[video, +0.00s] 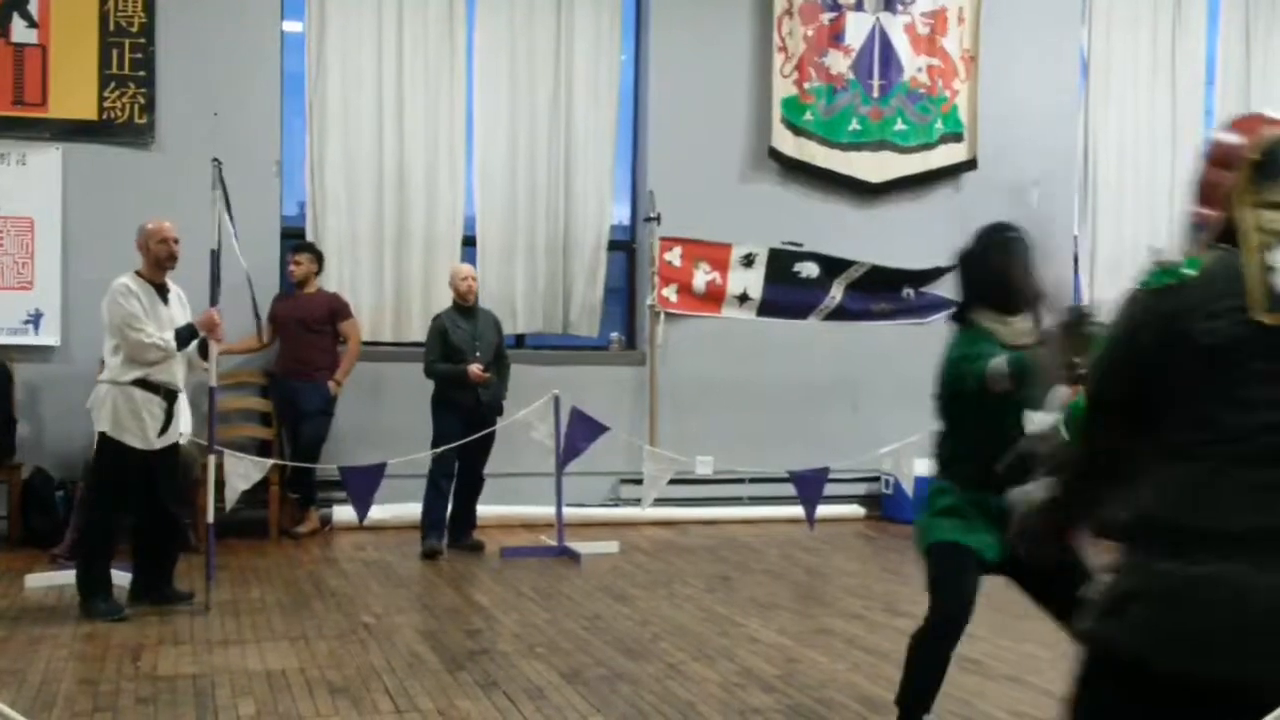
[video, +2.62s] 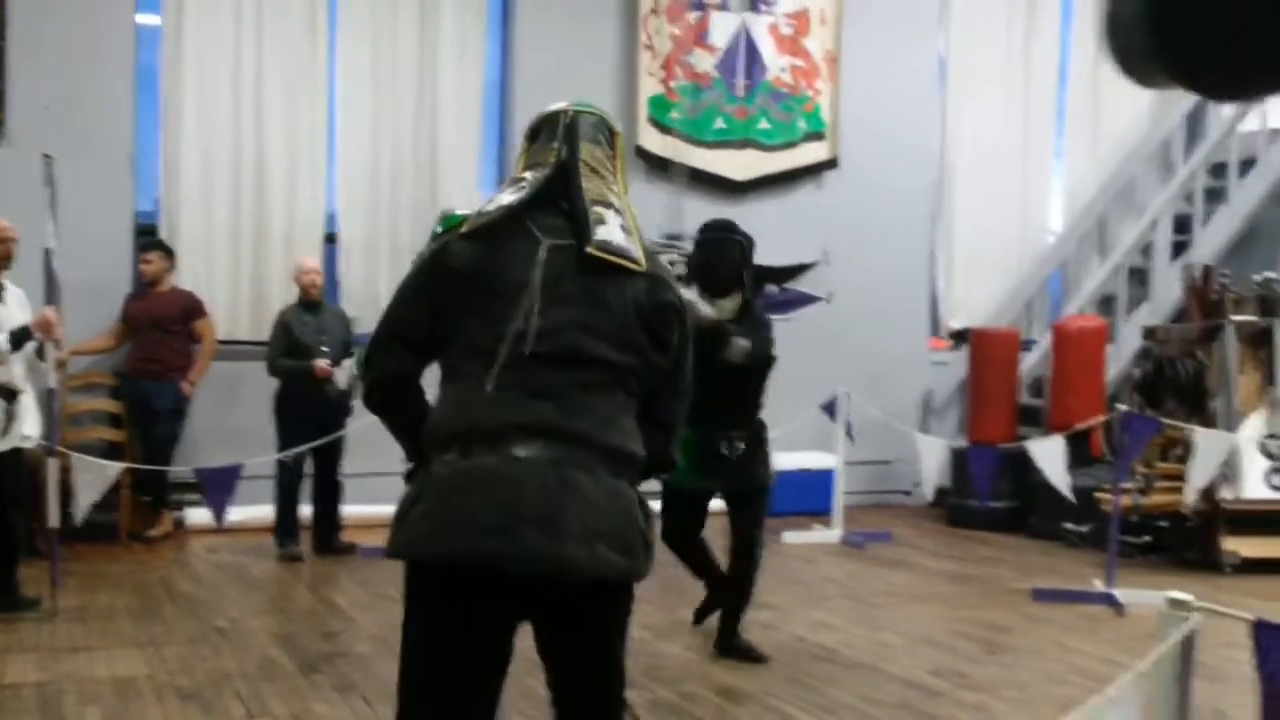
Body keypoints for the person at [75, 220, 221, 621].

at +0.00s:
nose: (173, 249)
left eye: (176, 242)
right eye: (164, 242)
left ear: (178, 248)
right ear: (143, 249)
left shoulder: (177, 296)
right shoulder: (123, 291)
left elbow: (184, 362)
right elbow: (144, 349)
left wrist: (206, 347)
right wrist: (196, 329)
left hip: (167, 413)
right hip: (125, 410)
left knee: (161, 504)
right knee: (107, 503)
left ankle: (153, 584)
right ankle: (95, 593)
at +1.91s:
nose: (120, 248)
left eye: (122, 241)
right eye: (111, 241)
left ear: (124, 246)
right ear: (89, 246)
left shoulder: (125, 294)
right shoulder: (68, 291)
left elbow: (142, 363)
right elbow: (87, 349)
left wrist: (158, 346)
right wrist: (142, 328)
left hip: (119, 415)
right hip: (77, 412)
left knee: (115, 505)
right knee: (64, 506)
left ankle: (111, 586)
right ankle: (51, 595)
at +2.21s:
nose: (80, 247)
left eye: (84, 239)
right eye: (72, 239)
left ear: (88, 245)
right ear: (54, 245)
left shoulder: (91, 294)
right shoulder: (33, 289)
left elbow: (103, 358)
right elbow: (46, 346)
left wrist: (123, 342)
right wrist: (99, 333)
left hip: (85, 413)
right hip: (40, 412)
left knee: (79, 505)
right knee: (25, 507)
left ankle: (73, 586)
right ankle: (13, 592)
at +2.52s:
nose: (28, 249)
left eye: (31, 242)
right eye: (19, 242)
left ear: (35, 247)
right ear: (2, 246)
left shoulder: (36, 296)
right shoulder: (3, 295)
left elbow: (49, 362)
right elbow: (6, 352)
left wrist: (67, 346)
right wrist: (46, 334)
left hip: (35, 423)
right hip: (7, 426)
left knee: (31, 511)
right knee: (10, 512)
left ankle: (24, 588)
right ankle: (13, 590)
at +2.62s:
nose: (12, 249)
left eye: (13, 242)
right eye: (7, 242)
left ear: (14, 246)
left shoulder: (17, 295)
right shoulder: (9, 297)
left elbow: (26, 357)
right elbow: (6, 348)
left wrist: (45, 342)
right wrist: (29, 332)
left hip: (21, 414)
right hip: (9, 416)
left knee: (17, 505)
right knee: (12, 506)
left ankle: (11, 587)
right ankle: (9, 588)